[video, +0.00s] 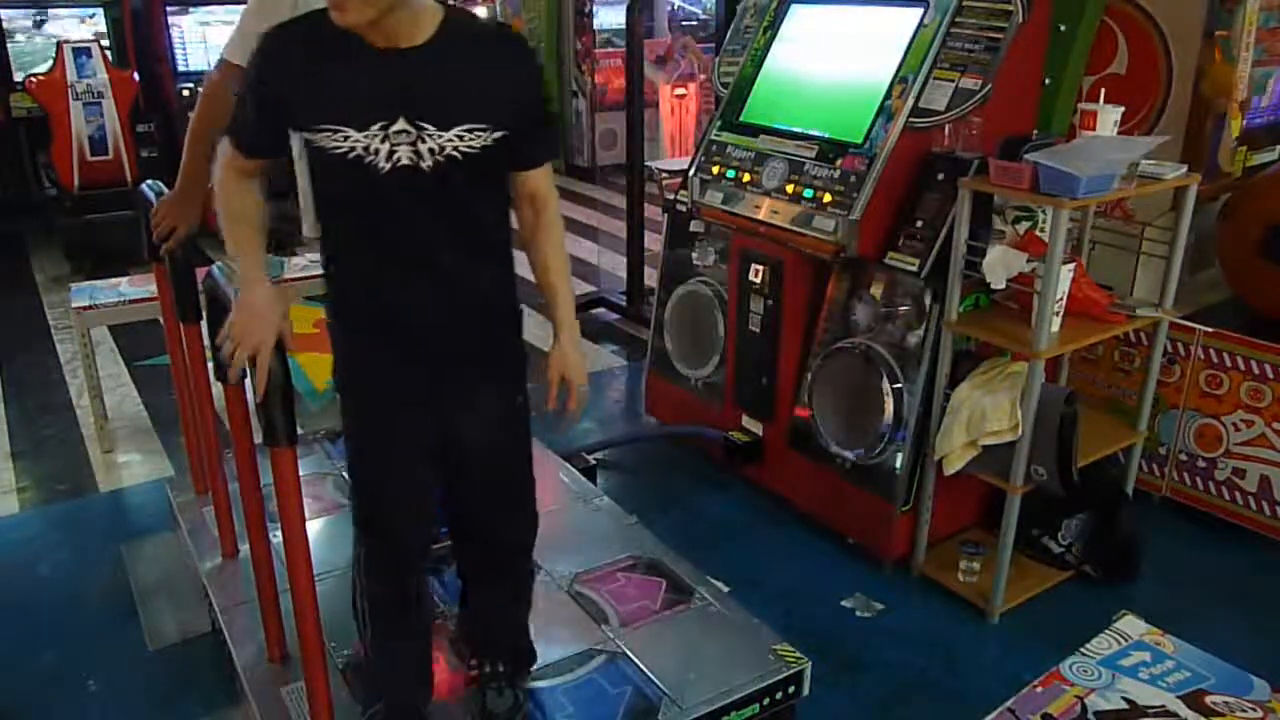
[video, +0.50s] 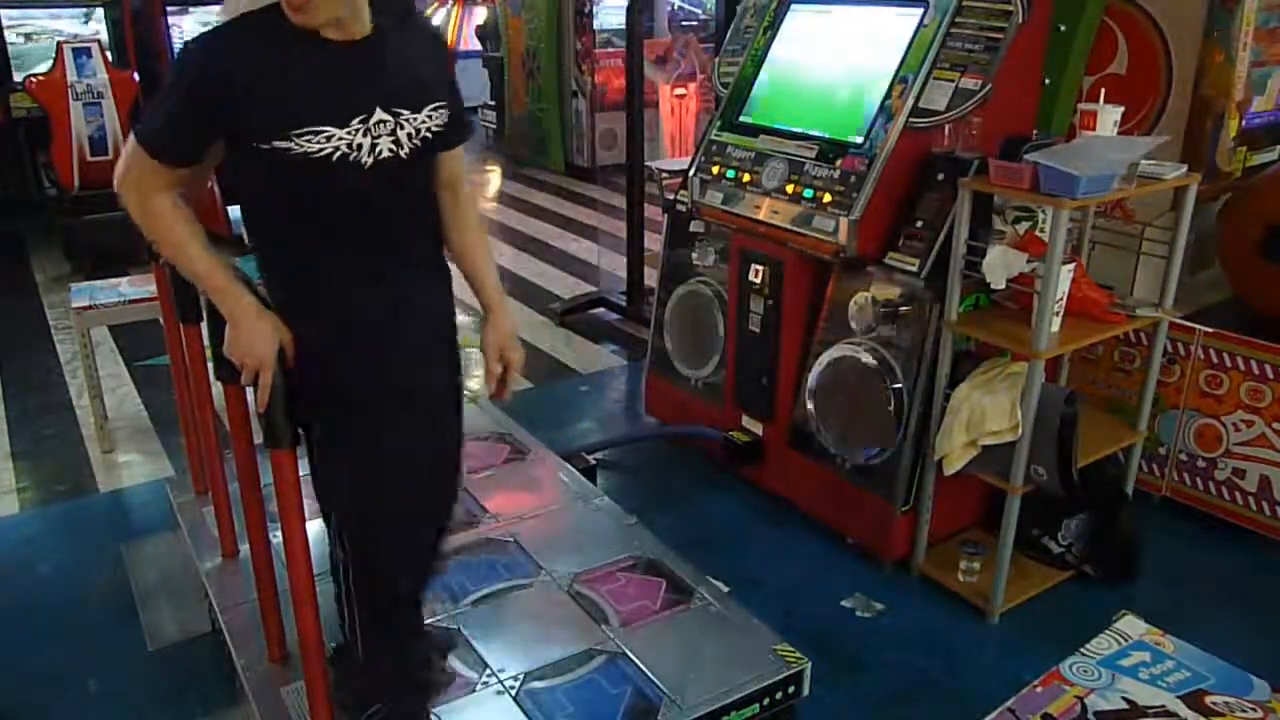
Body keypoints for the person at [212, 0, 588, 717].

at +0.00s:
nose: (333, 2)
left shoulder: (501, 58)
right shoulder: (292, 55)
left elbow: (535, 200)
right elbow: (239, 172)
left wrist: (565, 327)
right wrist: (255, 287)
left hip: (483, 348)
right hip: (374, 356)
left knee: (503, 528)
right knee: (391, 545)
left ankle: (503, 676)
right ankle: (397, 700)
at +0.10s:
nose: (311, 3)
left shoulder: (481, 52)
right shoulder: (263, 56)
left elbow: (519, 198)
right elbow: (213, 177)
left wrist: (554, 321)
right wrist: (246, 296)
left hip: (469, 346)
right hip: (359, 359)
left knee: (495, 525)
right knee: (380, 545)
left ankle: (503, 669)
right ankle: (391, 697)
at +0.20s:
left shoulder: (461, 47)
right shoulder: (245, 59)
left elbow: (501, 192)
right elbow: (193, 175)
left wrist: (540, 318)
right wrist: (242, 300)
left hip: (459, 344)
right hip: (348, 359)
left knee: (485, 527)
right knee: (374, 542)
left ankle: (482, 668)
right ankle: (392, 690)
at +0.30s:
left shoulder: (445, 43)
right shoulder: (231, 61)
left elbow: (482, 185)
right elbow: (173, 178)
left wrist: (525, 313)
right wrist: (240, 301)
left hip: (447, 336)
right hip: (341, 353)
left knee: (472, 509)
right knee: (377, 533)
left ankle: (451, 651)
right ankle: (393, 687)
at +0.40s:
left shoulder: (430, 41)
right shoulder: (227, 61)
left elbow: (467, 191)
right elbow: (151, 182)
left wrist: (509, 311)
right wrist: (240, 305)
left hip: (434, 334)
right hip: (336, 352)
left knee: (457, 497)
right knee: (375, 536)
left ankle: (424, 631)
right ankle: (392, 693)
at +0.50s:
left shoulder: (418, 44)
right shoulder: (224, 62)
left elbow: (454, 191)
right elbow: (141, 183)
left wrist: (495, 305)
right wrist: (238, 305)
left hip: (422, 330)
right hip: (328, 346)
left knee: (429, 505)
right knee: (370, 529)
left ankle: (398, 636)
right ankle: (384, 689)